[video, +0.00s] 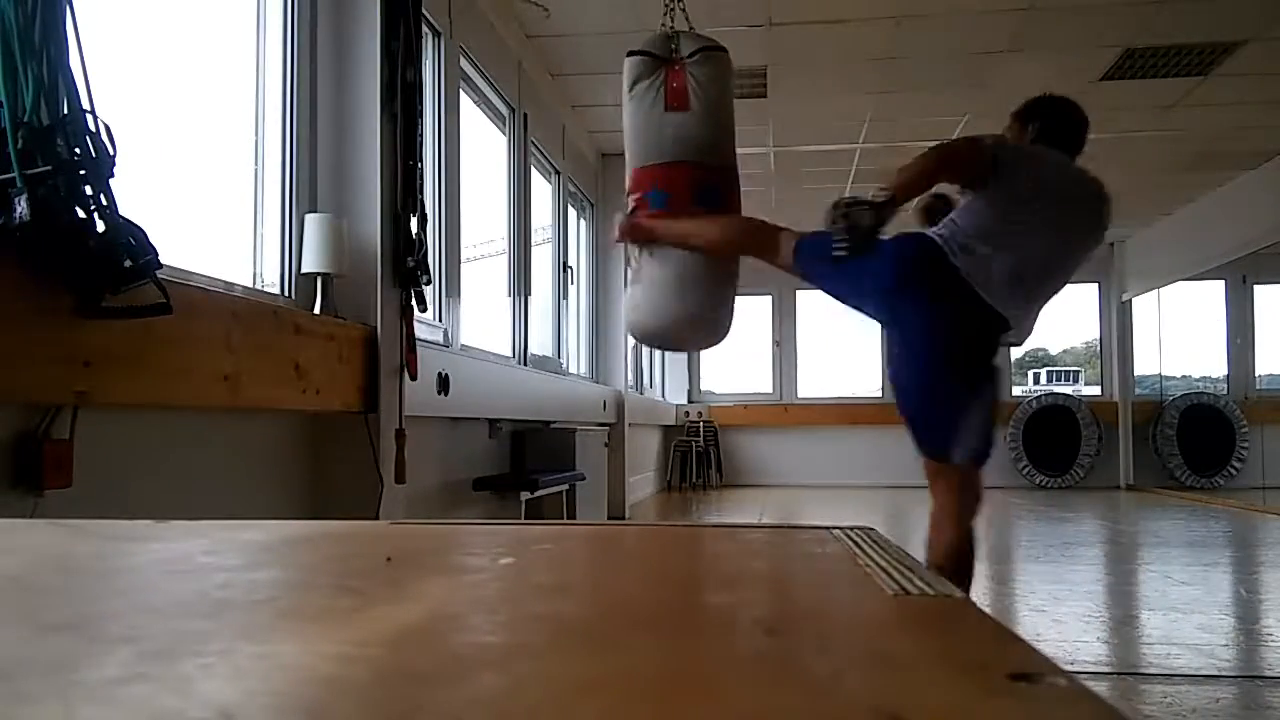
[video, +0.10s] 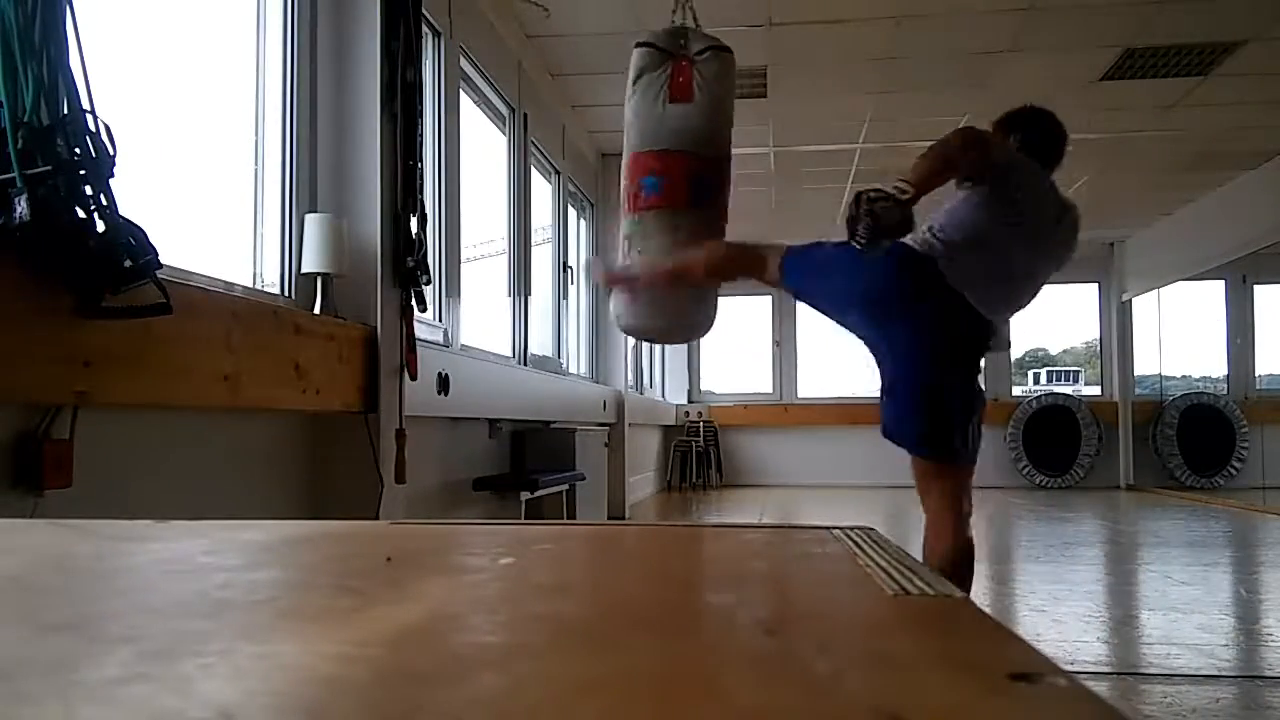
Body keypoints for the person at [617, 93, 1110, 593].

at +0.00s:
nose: (1005, 135)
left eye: (1010, 128)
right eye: (1010, 130)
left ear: (1025, 131)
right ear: (1078, 149)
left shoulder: (1010, 153)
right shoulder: (1094, 204)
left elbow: (943, 155)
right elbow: (1023, 250)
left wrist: (883, 202)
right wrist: (955, 216)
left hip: (915, 269)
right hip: (966, 338)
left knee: (773, 244)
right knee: (954, 502)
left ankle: (645, 227)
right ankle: (946, 642)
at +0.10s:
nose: (989, 142)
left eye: (994, 136)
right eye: (993, 137)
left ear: (1006, 140)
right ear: (1056, 160)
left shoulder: (1002, 157)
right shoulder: (1065, 222)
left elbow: (963, 141)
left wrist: (904, 193)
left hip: (906, 281)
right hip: (954, 346)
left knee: (760, 261)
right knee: (946, 509)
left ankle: (647, 275)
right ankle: (946, 642)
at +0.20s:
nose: (958, 128)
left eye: (964, 122)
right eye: (962, 120)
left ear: (979, 123)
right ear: (1025, 139)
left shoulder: (974, 140)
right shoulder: (1042, 210)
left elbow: (936, 147)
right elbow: (980, 264)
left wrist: (865, 201)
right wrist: (895, 230)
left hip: (893, 285)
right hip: (955, 334)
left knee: (736, 305)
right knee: (952, 500)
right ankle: (956, 641)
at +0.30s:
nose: (916, 127)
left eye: (920, 118)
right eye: (917, 119)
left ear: (936, 115)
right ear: (985, 125)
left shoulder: (930, 142)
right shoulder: (1013, 190)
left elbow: (882, 172)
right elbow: (996, 281)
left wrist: (823, 210)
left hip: (872, 304)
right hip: (947, 336)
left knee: (728, 383)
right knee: (953, 495)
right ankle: (956, 640)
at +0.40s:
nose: (870, 129)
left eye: (871, 120)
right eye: (871, 121)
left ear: (881, 114)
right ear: (935, 120)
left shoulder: (886, 145)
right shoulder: (975, 181)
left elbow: (809, 210)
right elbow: (968, 271)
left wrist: (795, 187)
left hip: (853, 327)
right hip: (929, 344)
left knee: (744, 452)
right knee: (953, 504)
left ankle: (709, 583)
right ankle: (956, 640)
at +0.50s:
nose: (807, 134)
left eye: (808, 124)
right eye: (806, 126)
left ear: (821, 119)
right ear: (870, 117)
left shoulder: (813, 160)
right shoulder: (919, 165)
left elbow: (733, 237)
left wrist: (748, 175)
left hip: (823, 348)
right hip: (904, 349)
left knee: (760, 500)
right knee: (945, 506)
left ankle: (726, 620)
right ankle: (955, 639)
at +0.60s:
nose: (753, 130)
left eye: (752, 123)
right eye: (754, 124)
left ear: (757, 120)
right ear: (807, 114)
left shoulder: (746, 165)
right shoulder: (864, 149)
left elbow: (678, 229)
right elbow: (820, 205)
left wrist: (704, 165)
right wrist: (759, 151)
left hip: (801, 347)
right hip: (884, 340)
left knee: (758, 507)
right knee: (931, 505)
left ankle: (734, 643)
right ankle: (966, 640)